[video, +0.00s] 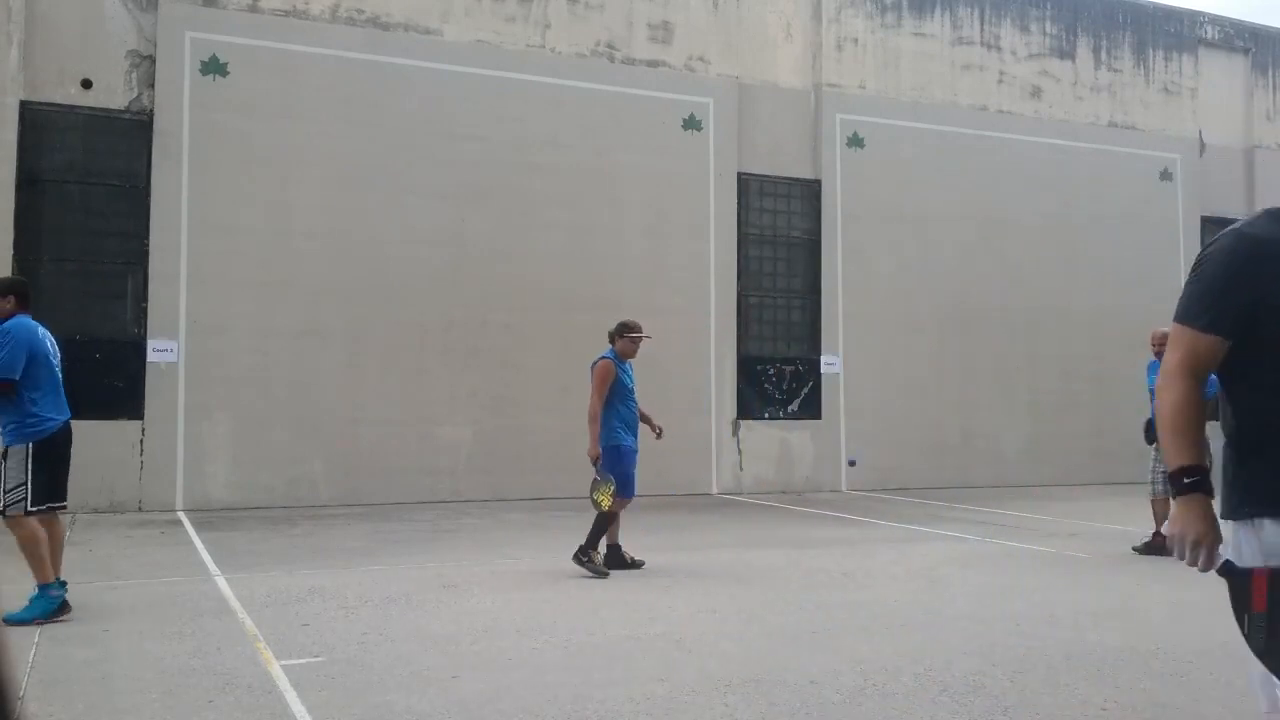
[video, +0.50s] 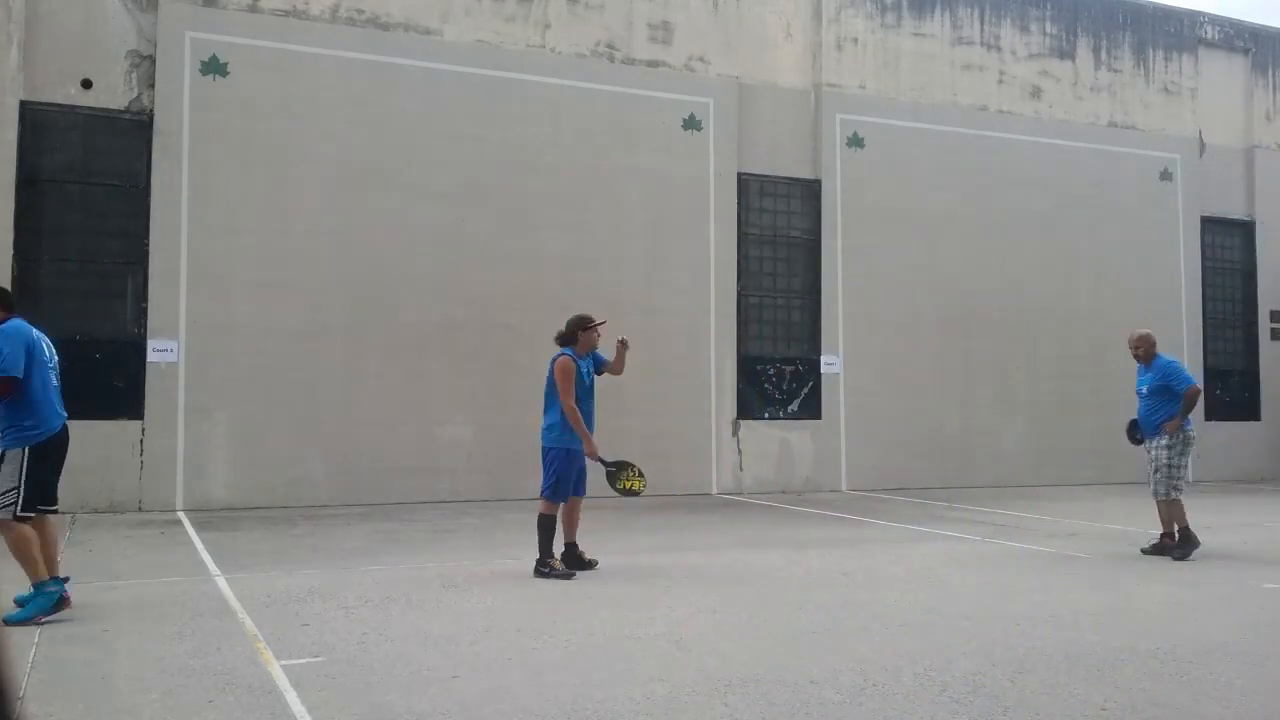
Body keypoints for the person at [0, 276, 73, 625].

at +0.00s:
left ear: (10, 301)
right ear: (17, 302)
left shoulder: (14, 330)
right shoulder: (37, 329)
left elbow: (8, 383)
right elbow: (39, 383)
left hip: (30, 433)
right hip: (52, 429)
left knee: (16, 513)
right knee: (47, 511)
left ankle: (48, 591)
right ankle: (54, 586)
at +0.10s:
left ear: (8, 304)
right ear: (14, 305)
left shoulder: (15, 331)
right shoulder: (30, 330)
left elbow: (7, 387)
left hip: (45, 435)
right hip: (33, 436)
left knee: (46, 513)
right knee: (25, 510)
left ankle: (57, 596)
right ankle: (49, 588)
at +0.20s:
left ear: (5, 305)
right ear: (13, 305)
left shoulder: (14, 331)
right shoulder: (28, 330)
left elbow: (6, 387)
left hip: (47, 433)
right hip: (35, 434)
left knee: (46, 512)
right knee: (20, 506)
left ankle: (59, 595)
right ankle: (48, 581)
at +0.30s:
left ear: (4, 304)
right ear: (13, 304)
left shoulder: (13, 330)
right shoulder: (31, 329)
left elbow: (7, 385)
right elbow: (51, 381)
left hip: (45, 433)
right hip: (33, 433)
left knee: (45, 512)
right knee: (22, 507)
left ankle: (57, 595)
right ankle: (47, 581)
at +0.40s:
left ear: (3, 305)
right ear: (13, 304)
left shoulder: (13, 331)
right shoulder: (34, 330)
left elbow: (7, 387)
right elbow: (46, 385)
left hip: (36, 435)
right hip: (41, 433)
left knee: (36, 514)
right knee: (30, 512)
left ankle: (54, 595)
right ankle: (50, 585)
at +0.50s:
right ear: (10, 305)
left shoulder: (11, 330)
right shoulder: (34, 332)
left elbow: (8, 383)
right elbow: (44, 387)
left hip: (28, 435)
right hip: (49, 431)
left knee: (9, 516)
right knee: (39, 513)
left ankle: (43, 589)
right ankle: (52, 585)